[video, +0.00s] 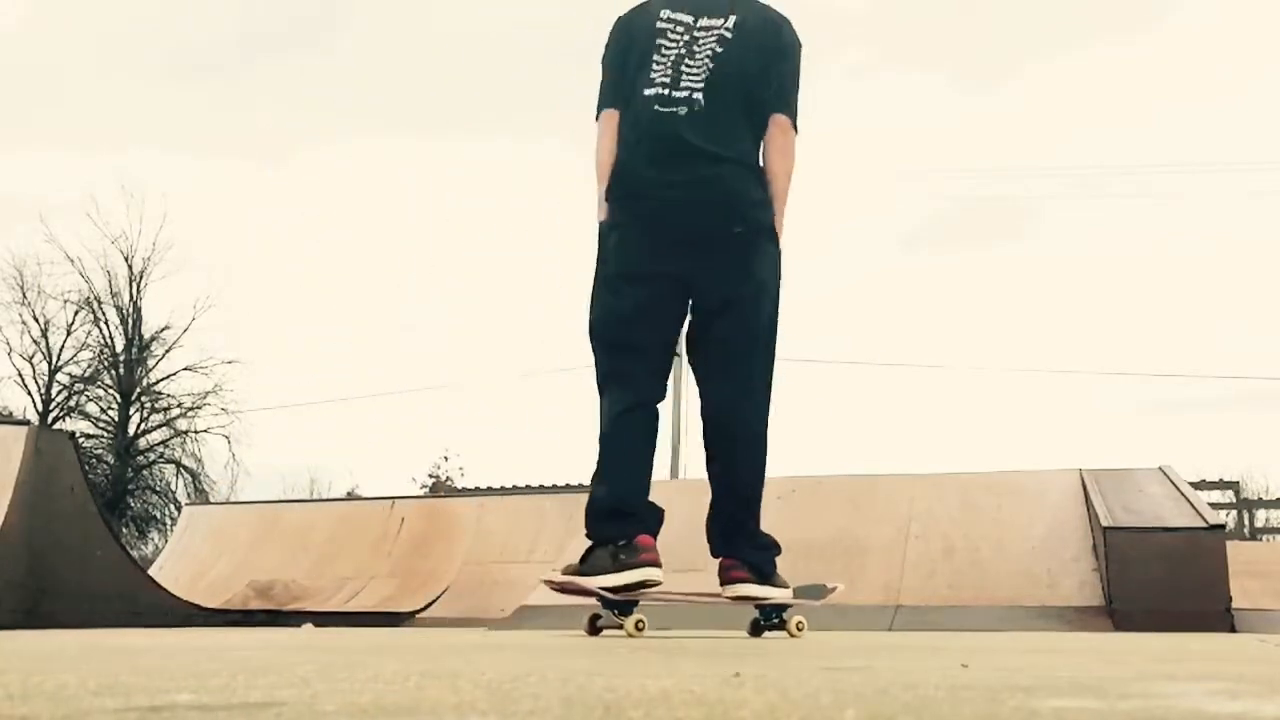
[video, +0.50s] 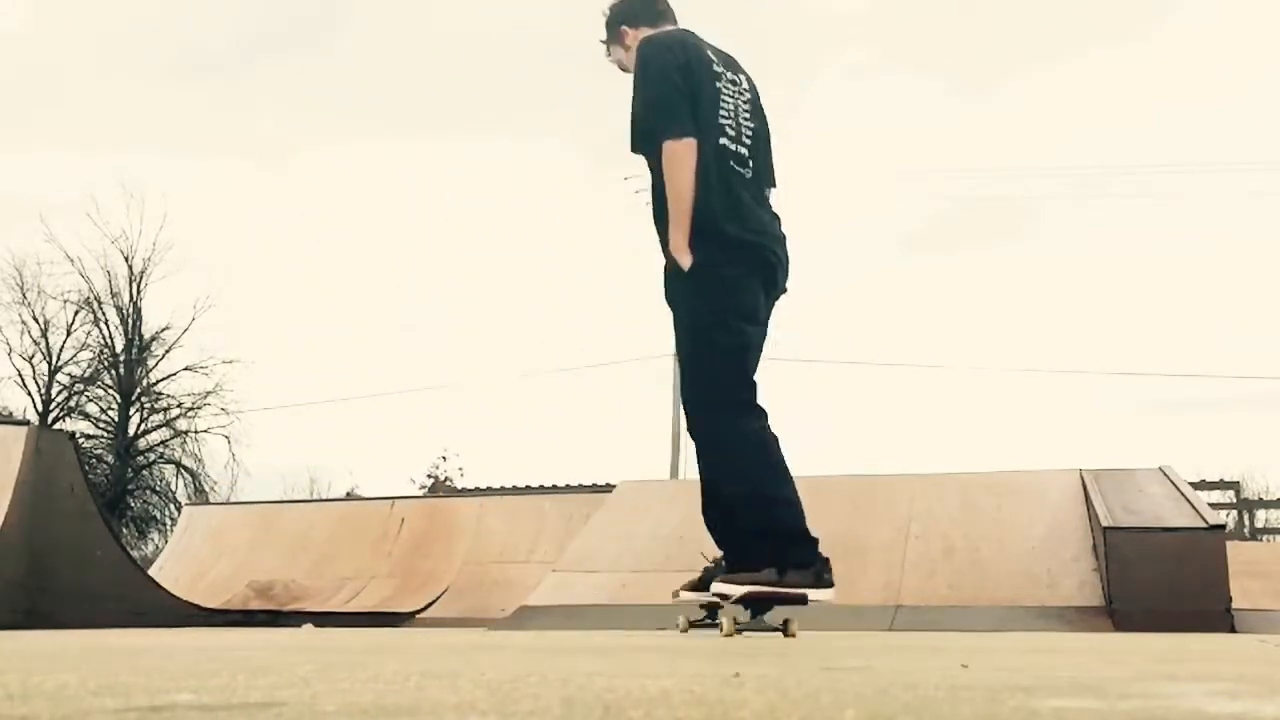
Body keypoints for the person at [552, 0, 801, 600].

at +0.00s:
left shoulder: (634, 19)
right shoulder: (772, 25)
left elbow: (610, 124)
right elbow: (779, 131)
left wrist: (607, 216)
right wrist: (772, 226)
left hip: (640, 222)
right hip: (736, 224)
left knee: (628, 389)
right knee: (737, 398)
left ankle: (624, 536)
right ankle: (742, 554)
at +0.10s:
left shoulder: (637, 22)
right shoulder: (771, 37)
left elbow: (624, 130)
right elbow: (783, 144)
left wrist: (627, 226)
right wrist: (780, 232)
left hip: (663, 230)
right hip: (753, 232)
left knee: (657, 394)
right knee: (765, 400)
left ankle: (662, 539)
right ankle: (778, 555)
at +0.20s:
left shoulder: (648, 16)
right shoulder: (756, 49)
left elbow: (646, 118)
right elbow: (777, 150)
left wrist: (641, 227)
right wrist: (776, 220)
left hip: (685, 229)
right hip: (763, 230)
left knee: (672, 387)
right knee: (784, 390)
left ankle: (707, 544)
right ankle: (823, 553)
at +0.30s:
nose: (626, 28)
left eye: (622, 19)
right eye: (622, 22)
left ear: (635, 3)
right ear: (675, 1)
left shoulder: (658, 23)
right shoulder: (739, 49)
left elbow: (670, 119)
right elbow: (768, 160)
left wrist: (664, 220)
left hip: (705, 232)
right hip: (768, 230)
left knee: (695, 397)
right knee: (768, 389)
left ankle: (750, 549)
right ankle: (838, 547)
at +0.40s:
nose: (626, 54)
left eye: (621, 43)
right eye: (621, 47)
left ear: (633, 16)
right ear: (671, 7)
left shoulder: (660, 34)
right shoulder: (735, 57)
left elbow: (679, 129)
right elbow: (758, 160)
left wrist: (678, 233)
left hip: (718, 244)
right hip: (766, 241)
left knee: (707, 400)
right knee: (747, 397)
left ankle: (781, 552)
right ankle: (800, 545)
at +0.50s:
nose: (624, 71)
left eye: (619, 60)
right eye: (619, 64)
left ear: (627, 34)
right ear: (665, 19)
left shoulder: (660, 48)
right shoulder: (733, 70)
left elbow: (678, 142)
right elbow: (760, 174)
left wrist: (679, 244)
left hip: (716, 251)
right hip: (756, 247)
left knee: (719, 406)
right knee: (723, 404)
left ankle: (787, 556)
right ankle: (747, 556)